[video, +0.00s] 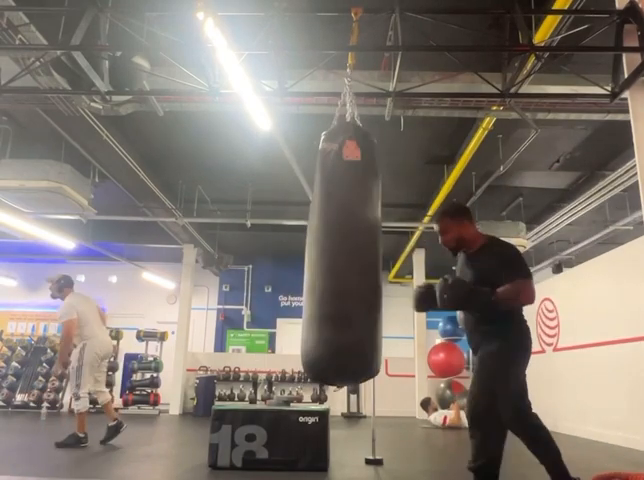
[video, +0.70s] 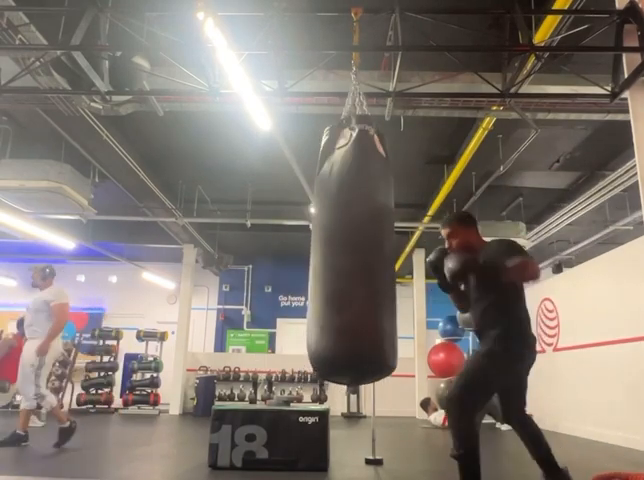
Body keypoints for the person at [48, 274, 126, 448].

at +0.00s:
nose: (50, 289)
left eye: (53, 286)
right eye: (50, 286)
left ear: (64, 288)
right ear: (69, 288)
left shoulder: (69, 303)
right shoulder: (87, 299)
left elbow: (68, 334)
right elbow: (102, 318)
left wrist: (63, 359)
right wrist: (99, 337)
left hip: (88, 345)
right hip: (105, 343)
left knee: (79, 390)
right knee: (98, 388)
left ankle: (80, 433)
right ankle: (114, 421)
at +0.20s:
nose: (55, 286)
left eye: (57, 282)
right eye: (55, 282)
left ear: (65, 282)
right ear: (74, 281)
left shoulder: (68, 297)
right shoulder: (86, 295)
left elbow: (62, 327)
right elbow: (100, 313)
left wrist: (44, 352)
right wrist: (88, 331)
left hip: (77, 344)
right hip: (89, 343)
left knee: (74, 388)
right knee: (75, 386)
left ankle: (80, 433)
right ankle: (92, 418)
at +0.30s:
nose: (52, 282)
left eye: (54, 278)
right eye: (52, 278)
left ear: (64, 279)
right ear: (71, 279)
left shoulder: (67, 296)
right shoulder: (84, 296)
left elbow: (61, 323)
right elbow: (94, 319)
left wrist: (42, 344)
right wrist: (83, 334)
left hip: (72, 343)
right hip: (82, 342)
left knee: (72, 386)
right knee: (57, 383)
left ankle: (81, 433)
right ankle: (69, 426)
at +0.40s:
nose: (48, 281)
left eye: (51, 278)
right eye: (49, 278)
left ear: (62, 279)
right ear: (66, 280)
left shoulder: (63, 295)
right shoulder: (79, 297)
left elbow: (62, 321)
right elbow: (88, 317)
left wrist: (43, 341)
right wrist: (77, 334)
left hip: (66, 344)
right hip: (74, 343)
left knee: (72, 388)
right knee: (48, 386)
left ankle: (80, 432)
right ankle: (44, 430)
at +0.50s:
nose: (44, 282)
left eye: (47, 278)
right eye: (45, 278)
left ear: (58, 278)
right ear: (61, 279)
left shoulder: (62, 294)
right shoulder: (67, 295)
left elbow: (62, 320)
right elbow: (76, 323)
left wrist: (42, 340)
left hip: (61, 344)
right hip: (55, 344)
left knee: (68, 389)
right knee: (40, 387)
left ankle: (79, 431)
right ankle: (24, 430)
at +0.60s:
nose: (38, 281)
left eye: (41, 278)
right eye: (39, 278)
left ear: (53, 278)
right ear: (52, 278)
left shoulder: (59, 294)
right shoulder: (48, 296)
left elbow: (62, 320)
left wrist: (42, 342)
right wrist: (36, 342)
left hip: (54, 346)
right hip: (42, 346)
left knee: (60, 389)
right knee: (33, 388)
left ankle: (75, 429)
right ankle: (22, 431)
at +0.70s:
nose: (32, 279)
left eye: (35, 276)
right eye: (32, 276)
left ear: (46, 276)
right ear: (45, 277)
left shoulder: (56, 293)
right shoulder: (40, 296)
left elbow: (61, 320)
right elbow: (37, 321)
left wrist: (46, 343)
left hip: (44, 343)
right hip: (32, 343)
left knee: (37, 388)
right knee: (26, 388)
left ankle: (66, 423)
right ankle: (21, 431)